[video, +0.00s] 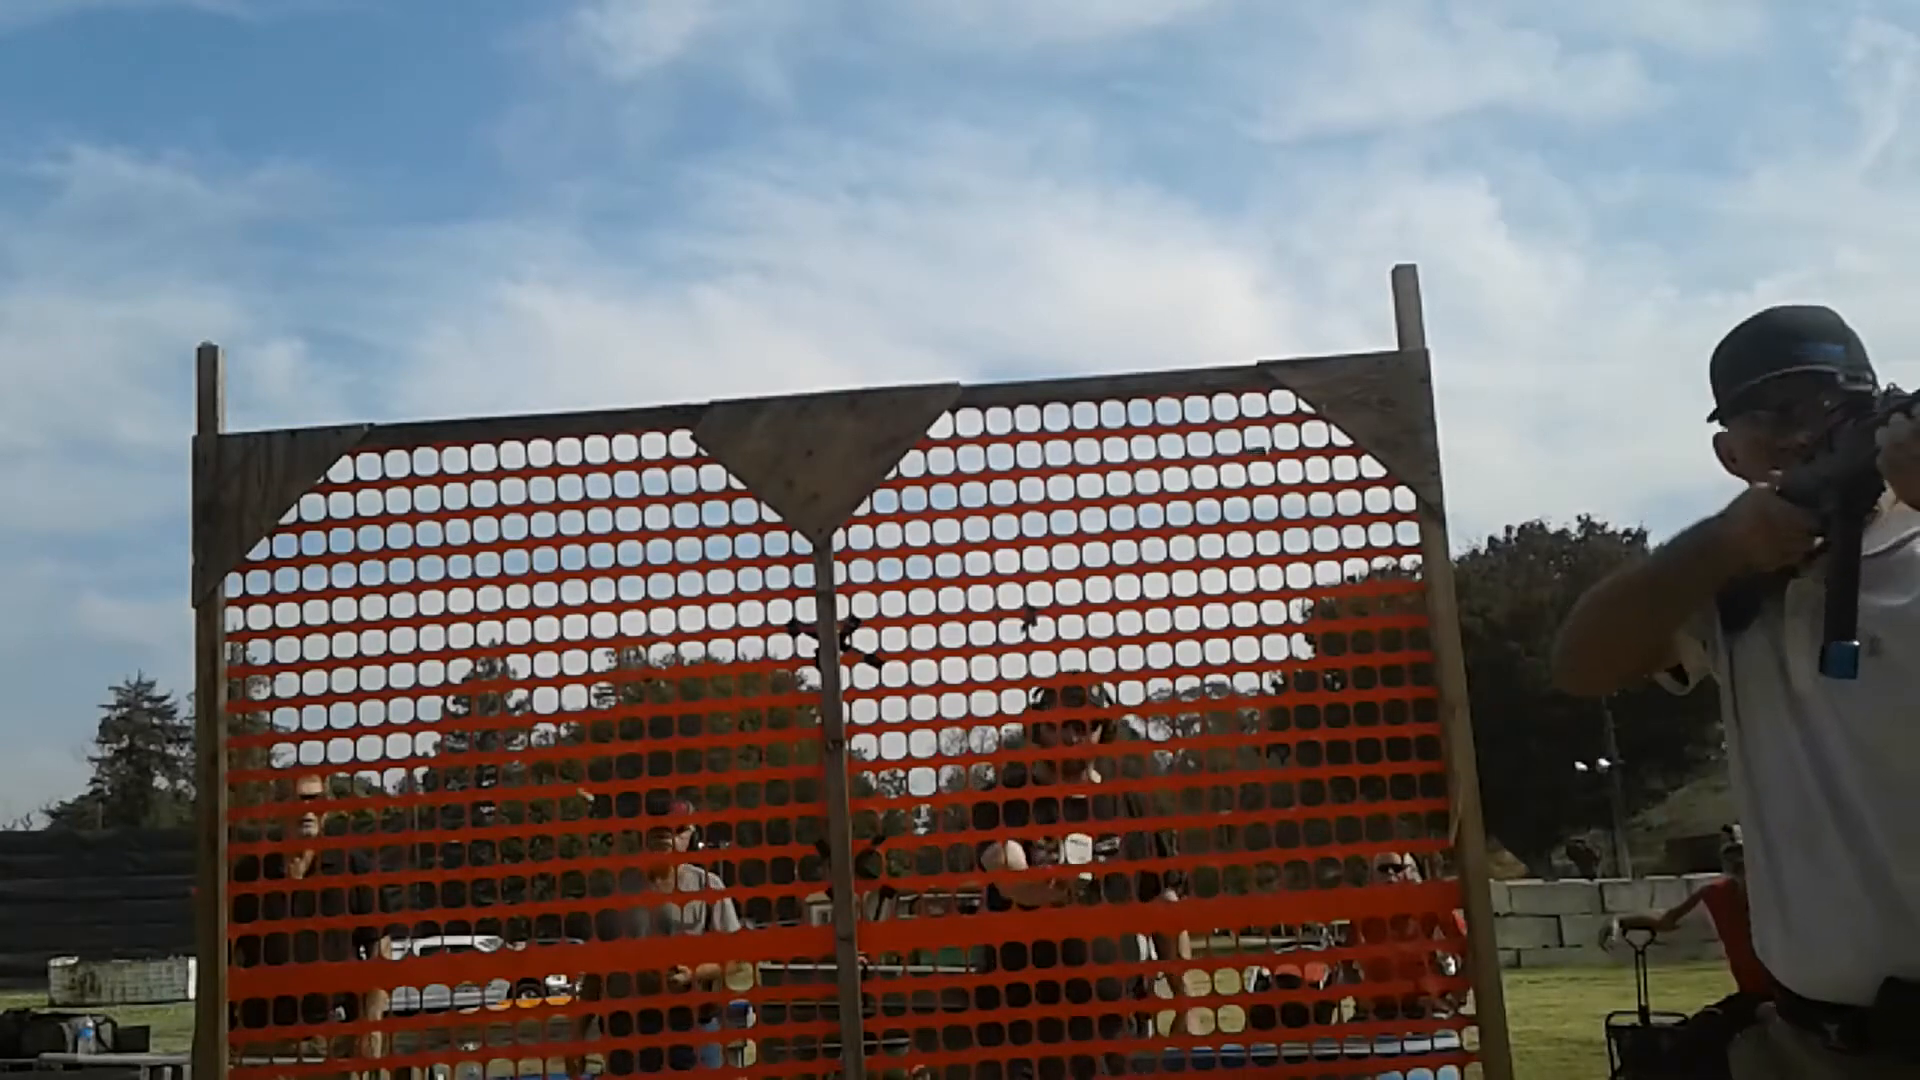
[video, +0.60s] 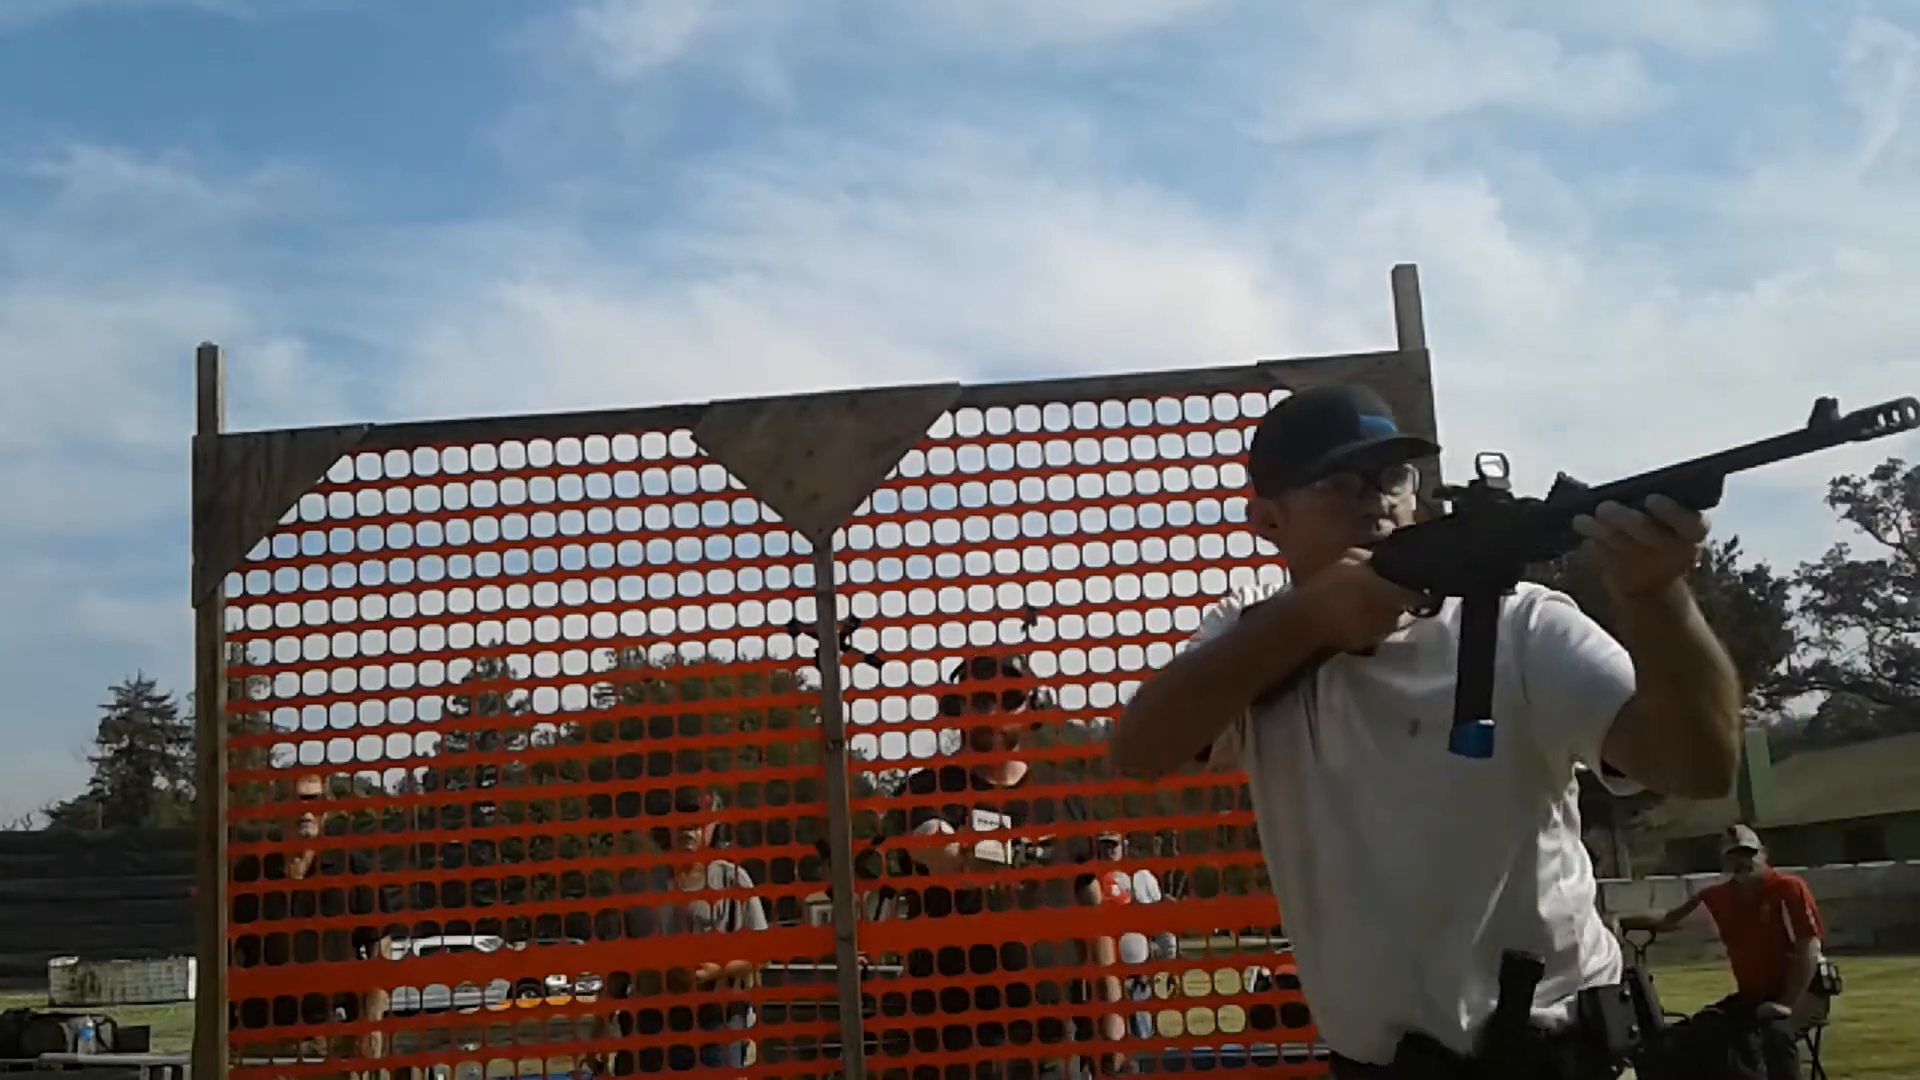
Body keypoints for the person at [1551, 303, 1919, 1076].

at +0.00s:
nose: (1805, 436)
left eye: (1827, 406)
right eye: (1774, 415)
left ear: (1875, 416)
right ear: (1731, 453)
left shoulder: (1912, 548)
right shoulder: (1735, 586)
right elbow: (1578, 662)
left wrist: (1913, 492)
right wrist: (1727, 543)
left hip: (1910, 1034)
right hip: (1796, 1036)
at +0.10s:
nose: (1760, 448)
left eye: (1785, 417)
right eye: (1727, 430)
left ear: (1850, 423)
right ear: (1699, 464)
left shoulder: (1907, 542)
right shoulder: (1711, 592)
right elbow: (1562, 705)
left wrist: (1891, 555)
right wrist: (1682, 580)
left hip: (1905, 1035)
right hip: (1766, 1039)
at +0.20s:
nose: (1701, 449)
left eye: (1722, 422)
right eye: (1667, 430)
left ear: (1769, 444)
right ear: (1618, 473)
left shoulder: (1862, 580)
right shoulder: (1622, 617)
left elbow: (1912, 780)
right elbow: (1478, 729)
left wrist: (1771, 644)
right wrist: (1580, 624)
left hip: (1885, 1035)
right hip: (1716, 1043)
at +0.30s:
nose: (1624, 466)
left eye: (1642, 439)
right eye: (1587, 446)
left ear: (1676, 463)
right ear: (1526, 486)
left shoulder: (1769, 596)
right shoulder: (1519, 630)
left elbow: (1861, 802)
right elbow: (1378, 742)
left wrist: (1700, 676)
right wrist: (1483, 641)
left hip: (1817, 1038)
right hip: (1636, 1047)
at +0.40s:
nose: (1532, 487)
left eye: (1549, 462)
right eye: (1494, 466)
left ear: (1570, 482)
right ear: (1425, 502)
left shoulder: (1677, 613)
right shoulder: (1413, 635)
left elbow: (1802, 811)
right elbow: (1273, 743)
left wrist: (1673, 672)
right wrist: (1402, 643)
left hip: (1727, 1036)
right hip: (1539, 1052)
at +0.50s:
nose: (1448, 507)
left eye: (1460, 476)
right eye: (1409, 482)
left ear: (1483, 491)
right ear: (1337, 519)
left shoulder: (1570, 620)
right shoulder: (1327, 649)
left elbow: (1752, 788)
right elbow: (1193, 755)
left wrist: (1677, 630)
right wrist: (1346, 634)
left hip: (1648, 1036)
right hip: (1466, 1058)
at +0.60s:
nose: (1376, 505)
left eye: (1390, 478)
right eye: (1339, 483)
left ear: (1419, 497)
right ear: (1268, 516)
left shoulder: (1514, 623)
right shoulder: (1254, 643)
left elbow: (1702, 767)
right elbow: (1137, 748)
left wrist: (1656, 602)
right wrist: (1311, 616)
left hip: (1561, 1040)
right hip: (1378, 1055)